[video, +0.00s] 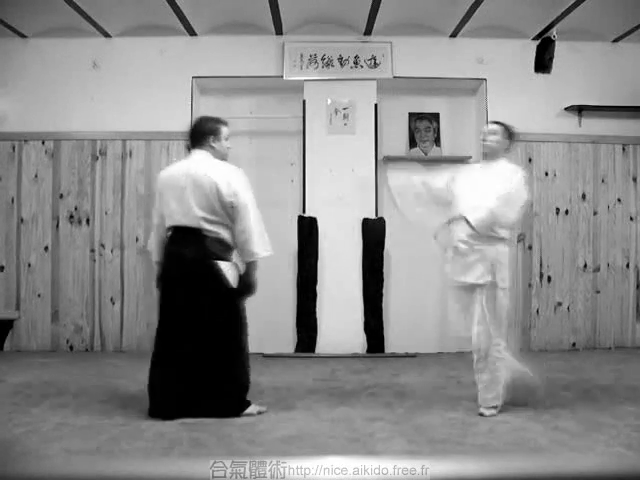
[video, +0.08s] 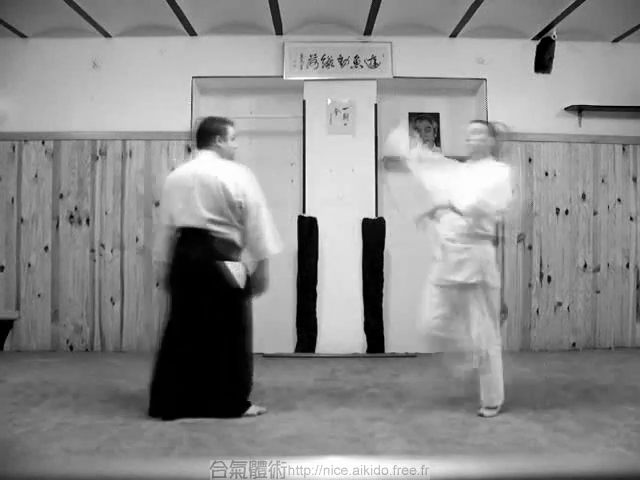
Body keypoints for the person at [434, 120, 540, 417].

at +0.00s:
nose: (487, 139)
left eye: (494, 135)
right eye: (484, 134)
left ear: (507, 142)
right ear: (480, 140)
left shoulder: (514, 175)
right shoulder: (465, 173)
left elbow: (508, 214)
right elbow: (432, 187)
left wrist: (469, 222)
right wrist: (396, 182)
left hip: (494, 256)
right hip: (462, 254)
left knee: (488, 331)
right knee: (471, 329)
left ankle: (489, 400)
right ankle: (519, 378)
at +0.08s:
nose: (471, 139)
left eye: (478, 134)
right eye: (469, 134)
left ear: (492, 140)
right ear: (466, 140)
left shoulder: (498, 172)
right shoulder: (453, 170)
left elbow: (485, 210)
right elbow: (421, 159)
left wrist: (448, 204)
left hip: (478, 256)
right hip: (447, 255)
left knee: (483, 328)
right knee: (434, 324)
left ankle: (491, 400)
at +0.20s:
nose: (454, 140)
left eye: (461, 135)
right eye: (451, 135)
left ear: (476, 142)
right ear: (445, 141)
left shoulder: (483, 173)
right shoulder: (436, 167)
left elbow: (453, 195)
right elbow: (412, 152)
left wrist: (421, 194)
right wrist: (413, 129)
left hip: (462, 259)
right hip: (431, 258)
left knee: (477, 333)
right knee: (402, 326)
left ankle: (493, 397)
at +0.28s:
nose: (436, 143)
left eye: (443, 138)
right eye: (435, 138)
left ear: (458, 145)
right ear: (432, 144)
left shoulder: (466, 177)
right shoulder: (422, 171)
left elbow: (423, 189)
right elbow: (386, 153)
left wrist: (400, 163)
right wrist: (419, 139)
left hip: (454, 259)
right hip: (419, 257)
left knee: (463, 330)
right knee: (380, 322)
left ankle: (491, 397)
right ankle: (373, 390)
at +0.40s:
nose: (410, 149)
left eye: (416, 144)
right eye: (407, 144)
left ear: (426, 149)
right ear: (401, 148)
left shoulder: (431, 176)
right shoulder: (397, 175)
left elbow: (398, 188)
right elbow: (372, 180)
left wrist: (368, 168)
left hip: (425, 266)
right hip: (397, 266)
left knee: (451, 333)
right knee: (359, 328)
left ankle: (487, 395)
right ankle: (341, 392)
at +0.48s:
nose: (379, 141)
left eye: (386, 136)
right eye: (376, 135)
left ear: (399, 145)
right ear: (372, 141)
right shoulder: (357, 172)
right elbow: (326, 155)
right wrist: (303, 132)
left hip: (400, 282)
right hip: (362, 280)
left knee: (439, 337)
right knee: (343, 334)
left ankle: (481, 397)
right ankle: (334, 398)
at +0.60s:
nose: (359, 132)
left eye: (365, 128)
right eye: (354, 127)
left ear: (375, 133)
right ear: (348, 132)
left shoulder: (383, 156)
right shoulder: (331, 153)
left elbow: (384, 185)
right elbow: (298, 142)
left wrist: (348, 198)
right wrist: (273, 129)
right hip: (330, 233)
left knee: (387, 307)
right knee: (331, 320)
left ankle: (428, 371)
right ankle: (332, 395)